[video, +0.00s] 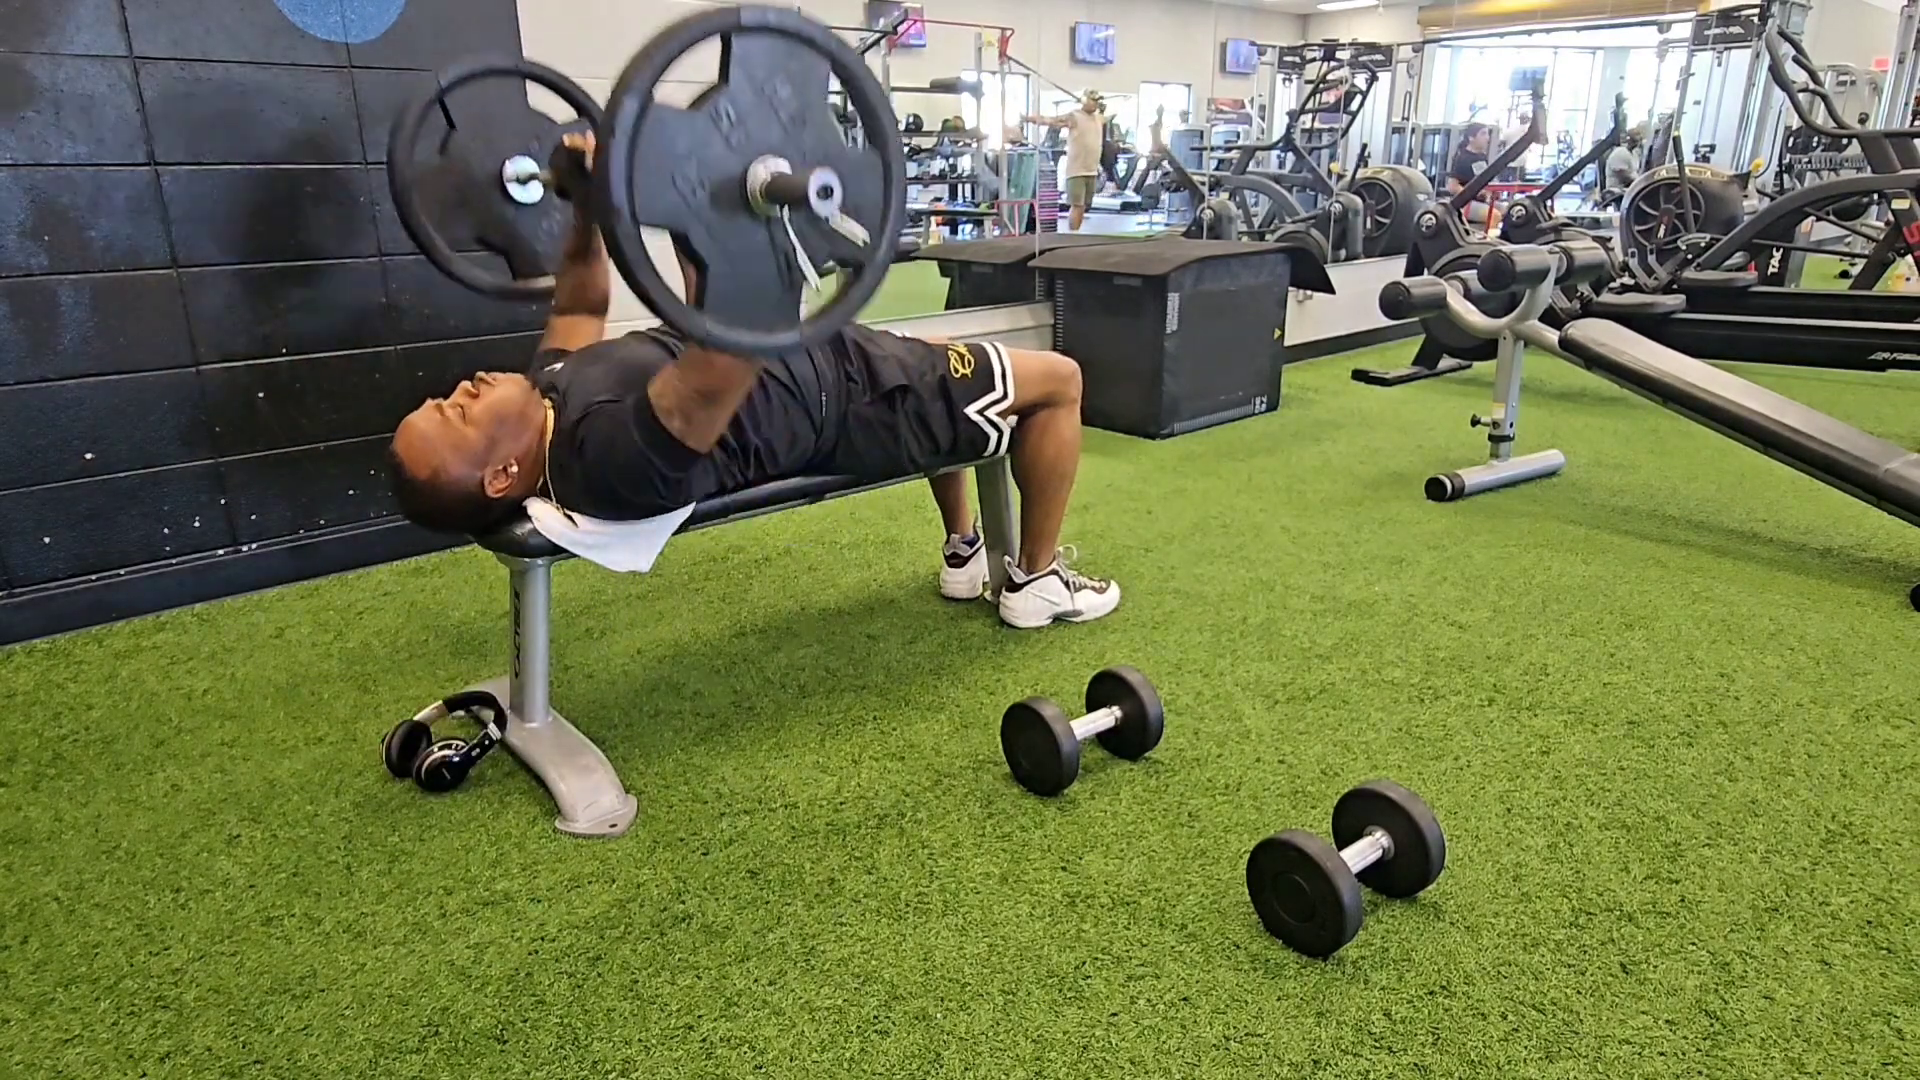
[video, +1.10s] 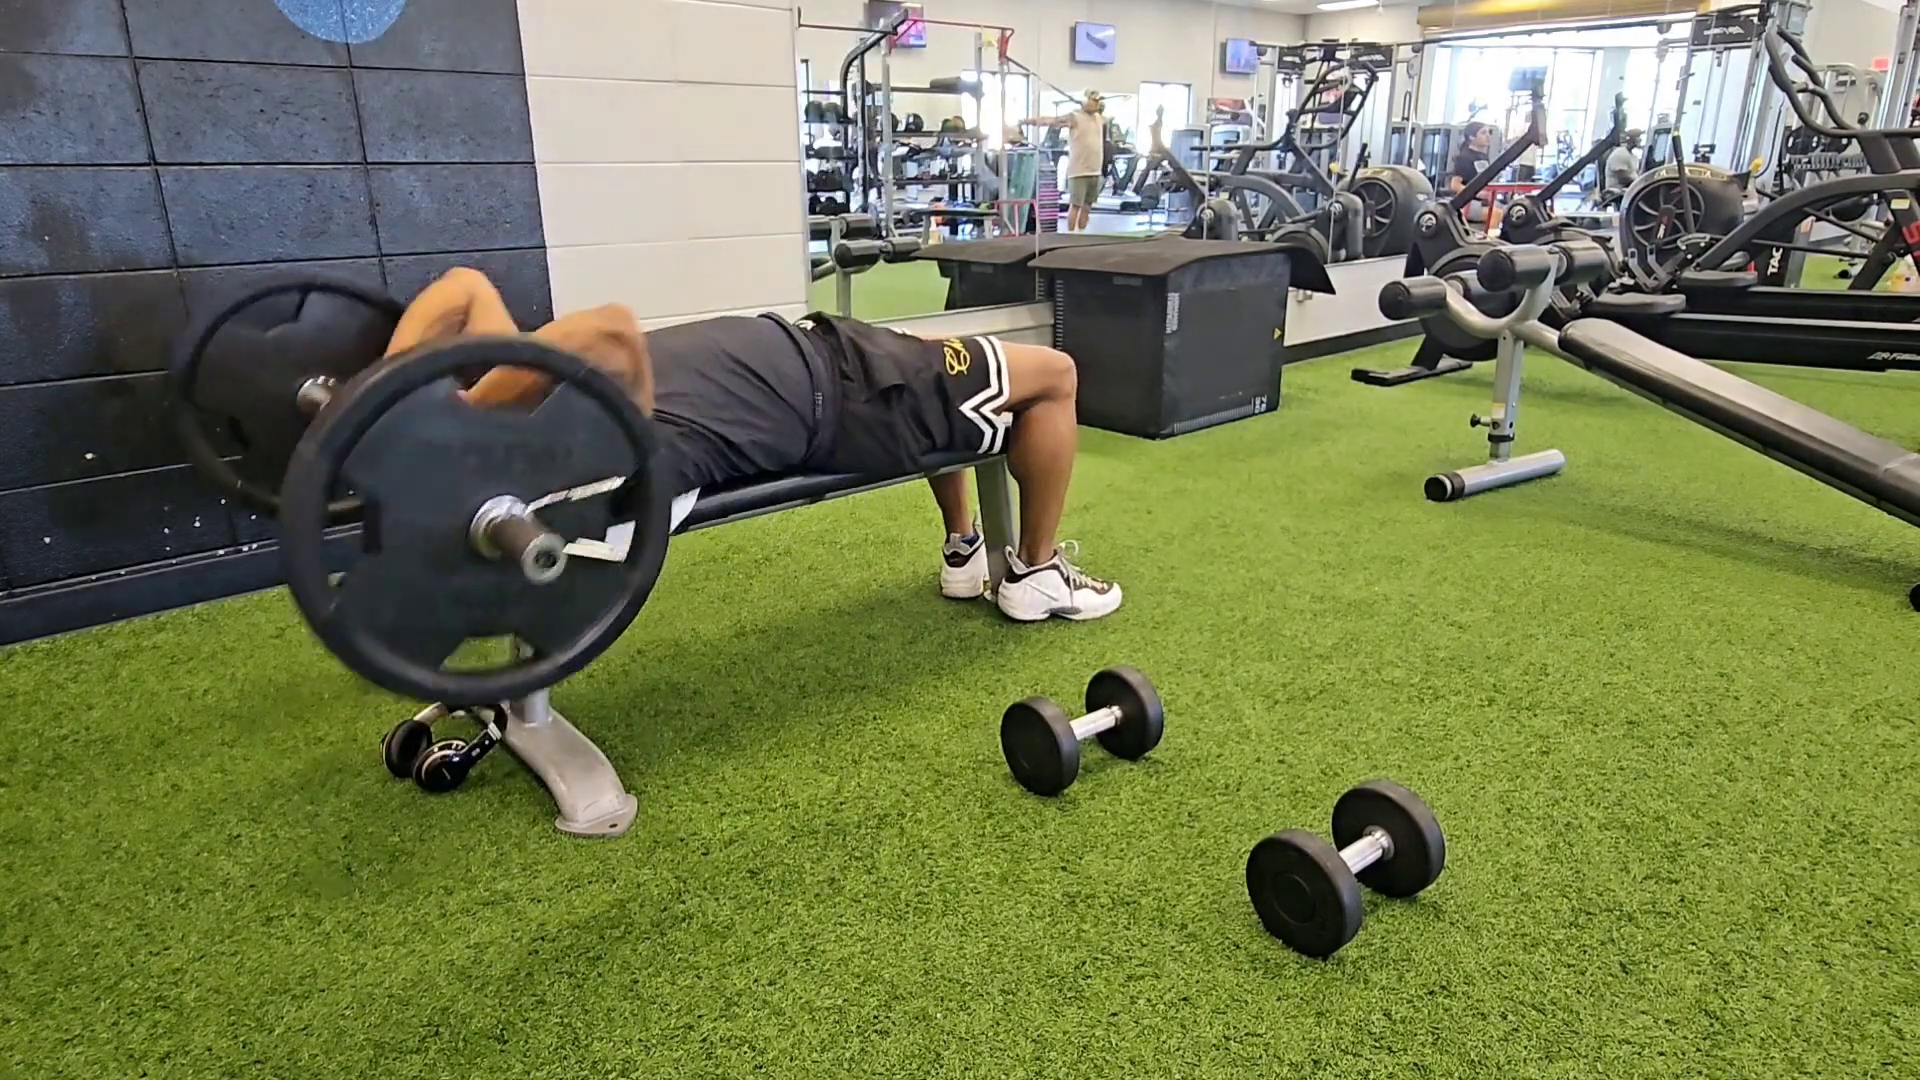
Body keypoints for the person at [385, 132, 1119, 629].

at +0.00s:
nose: (467, 377)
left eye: (445, 392)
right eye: (457, 405)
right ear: (505, 473)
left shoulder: (545, 395)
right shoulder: (608, 460)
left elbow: (575, 313)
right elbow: (715, 371)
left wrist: (585, 204)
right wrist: (719, 221)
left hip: (804, 358)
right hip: (844, 401)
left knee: (937, 349)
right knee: (1060, 380)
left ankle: (965, 546)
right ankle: (1039, 578)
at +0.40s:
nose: (472, 381)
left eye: (449, 393)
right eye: (461, 409)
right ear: (505, 482)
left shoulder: (555, 408)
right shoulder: (613, 469)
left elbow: (598, 348)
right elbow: (737, 436)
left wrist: (592, 252)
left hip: (797, 373)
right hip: (843, 412)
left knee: (931, 349)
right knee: (1059, 379)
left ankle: (967, 549)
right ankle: (1037, 578)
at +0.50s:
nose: (477, 376)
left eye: (455, 393)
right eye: (469, 404)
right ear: (513, 472)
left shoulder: (558, 393)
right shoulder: (612, 473)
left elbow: (653, 354)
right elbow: (757, 479)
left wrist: (614, 301)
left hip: (776, 377)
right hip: (832, 427)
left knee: (938, 350)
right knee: (1064, 380)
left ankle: (965, 549)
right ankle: (1039, 577)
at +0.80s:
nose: (490, 382)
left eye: (470, 388)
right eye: (482, 405)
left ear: (502, 374)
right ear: (518, 472)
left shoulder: (562, 393)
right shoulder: (598, 457)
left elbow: (632, 345)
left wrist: (561, 315)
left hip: (803, 357)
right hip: (854, 411)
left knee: (945, 344)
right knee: (1067, 379)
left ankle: (967, 544)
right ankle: (1040, 577)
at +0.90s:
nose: (495, 385)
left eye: (484, 383)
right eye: (483, 400)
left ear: (487, 393)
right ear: (488, 450)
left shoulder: (542, 396)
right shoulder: (553, 449)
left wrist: (471, 326)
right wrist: (496, 346)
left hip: (790, 349)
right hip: (834, 393)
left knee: (942, 345)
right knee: (1061, 375)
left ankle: (970, 548)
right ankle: (1040, 575)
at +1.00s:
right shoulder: (545, 415)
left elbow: (516, 271)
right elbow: (686, 332)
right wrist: (556, 324)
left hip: (788, 351)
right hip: (829, 395)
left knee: (942, 354)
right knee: (1055, 374)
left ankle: (968, 550)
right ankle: (1041, 573)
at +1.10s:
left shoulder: (434, 426)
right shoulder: (533, 472)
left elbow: (466, 286)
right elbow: (609, 328)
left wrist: (378, 402)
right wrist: (484, 401)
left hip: (773, 345)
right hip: (821, 390)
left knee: (935, 353)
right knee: (1053, 374)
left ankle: (966, 549)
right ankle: (1041, 572)